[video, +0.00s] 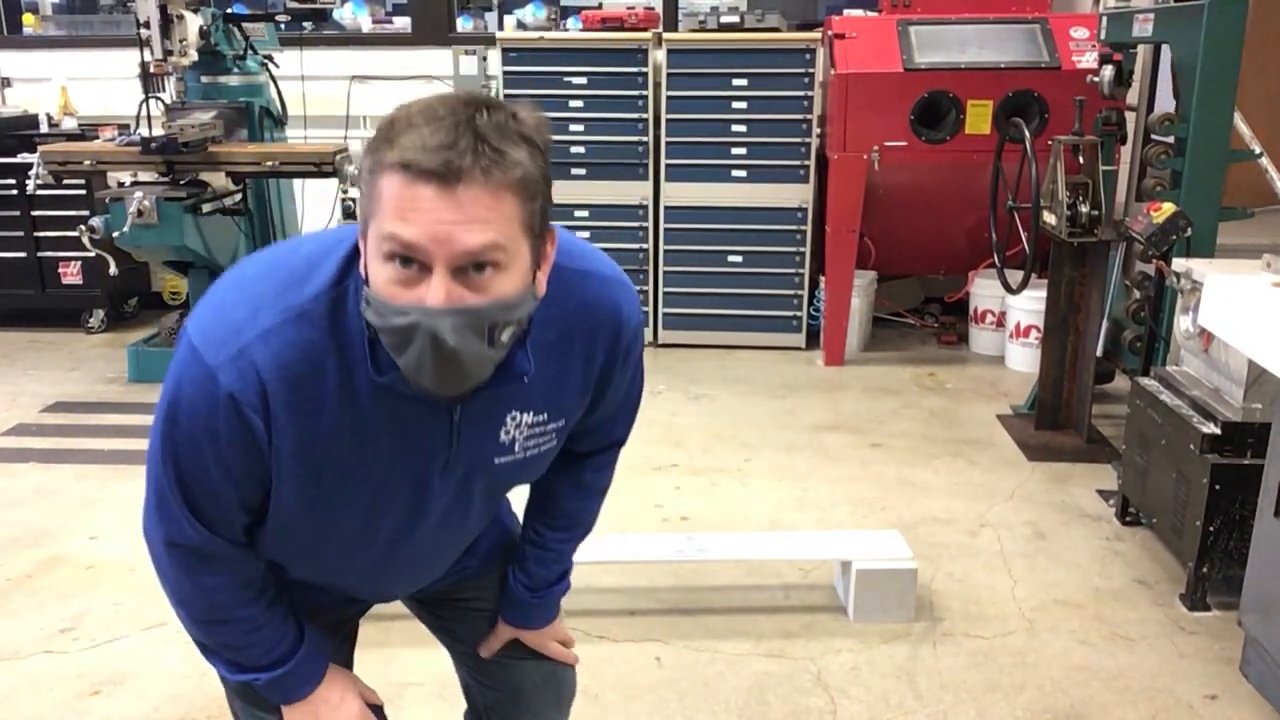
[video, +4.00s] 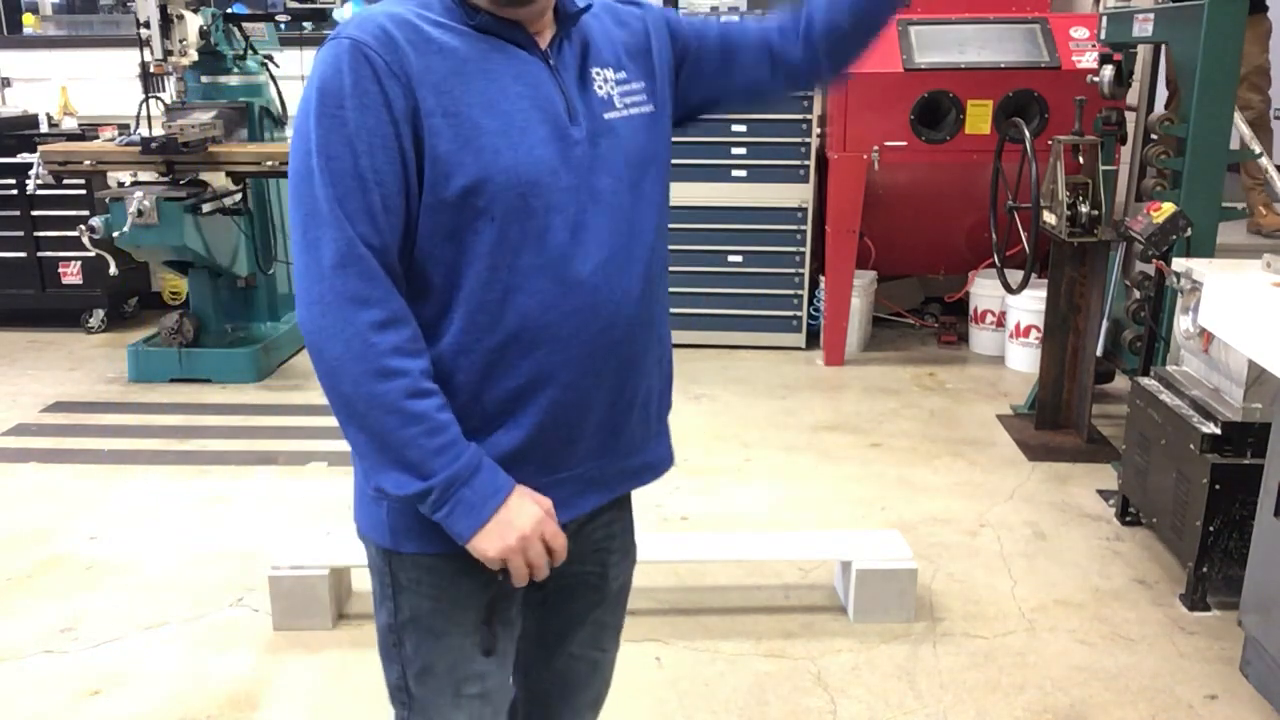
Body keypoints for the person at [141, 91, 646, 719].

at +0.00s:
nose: (437, 304)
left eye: (476, 268)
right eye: (406, 263)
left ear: (542, 258)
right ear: (363, 248)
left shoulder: (595, 315)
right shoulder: (239, 355)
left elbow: (582, 463)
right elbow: (192, 544)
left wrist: (532, 594)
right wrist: (297, 678)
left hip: (458, 531)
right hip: (294, 555)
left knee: (537, 690)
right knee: (283, 706)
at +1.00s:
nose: (680, 222)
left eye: (678, 205)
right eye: (671, 209)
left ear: (592, 230)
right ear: (594, 231)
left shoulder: (583, 287)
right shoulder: (343, 350)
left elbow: (557, 442)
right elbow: (279, 568)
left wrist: (529, 589)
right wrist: (341, 708)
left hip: (431, 506)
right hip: (271, 534)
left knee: (524, 690)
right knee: (309, 708)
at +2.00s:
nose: (614, 262)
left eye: (639, 229)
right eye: (580, 230)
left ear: (664, 217)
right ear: (508, 212)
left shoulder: (627, 287)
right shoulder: (389, 354)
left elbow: (574, 446)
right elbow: (305, 565)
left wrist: (530, 582)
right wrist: (354, 699)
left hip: (433, 484)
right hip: (269, 512)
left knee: (516, 687)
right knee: (313, 700)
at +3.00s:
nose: (416, 15)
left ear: (480, 9)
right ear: (327, 10)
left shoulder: (542, 116)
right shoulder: (222, 159)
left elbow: (586, 330)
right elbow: (184, 434)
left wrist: (616, 517)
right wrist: (254, 665)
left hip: (463, 519)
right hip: (297, 538)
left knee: (510, 704)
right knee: (314, 709)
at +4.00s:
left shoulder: (639, 37)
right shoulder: (373, 59)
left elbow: (797, 46)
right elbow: (344, 310)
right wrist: (472, 493)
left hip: (599, 498)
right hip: (438, 515)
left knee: (563, 708)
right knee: (457, 710)